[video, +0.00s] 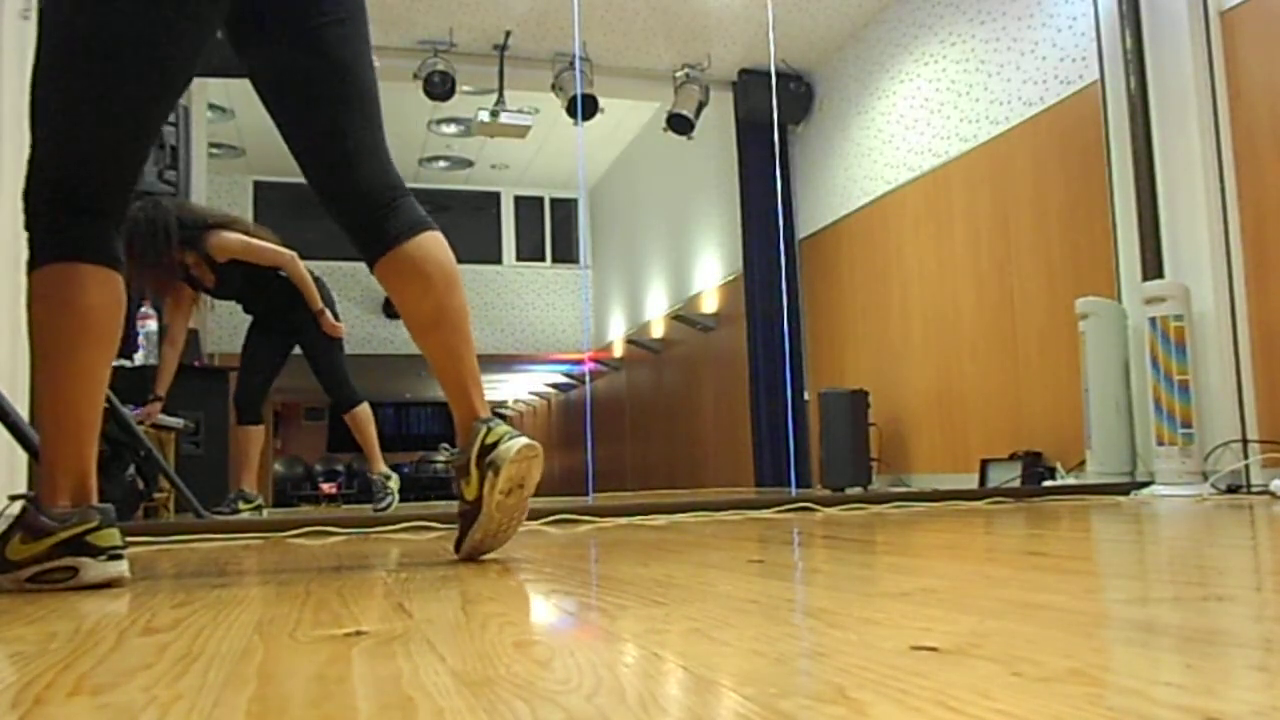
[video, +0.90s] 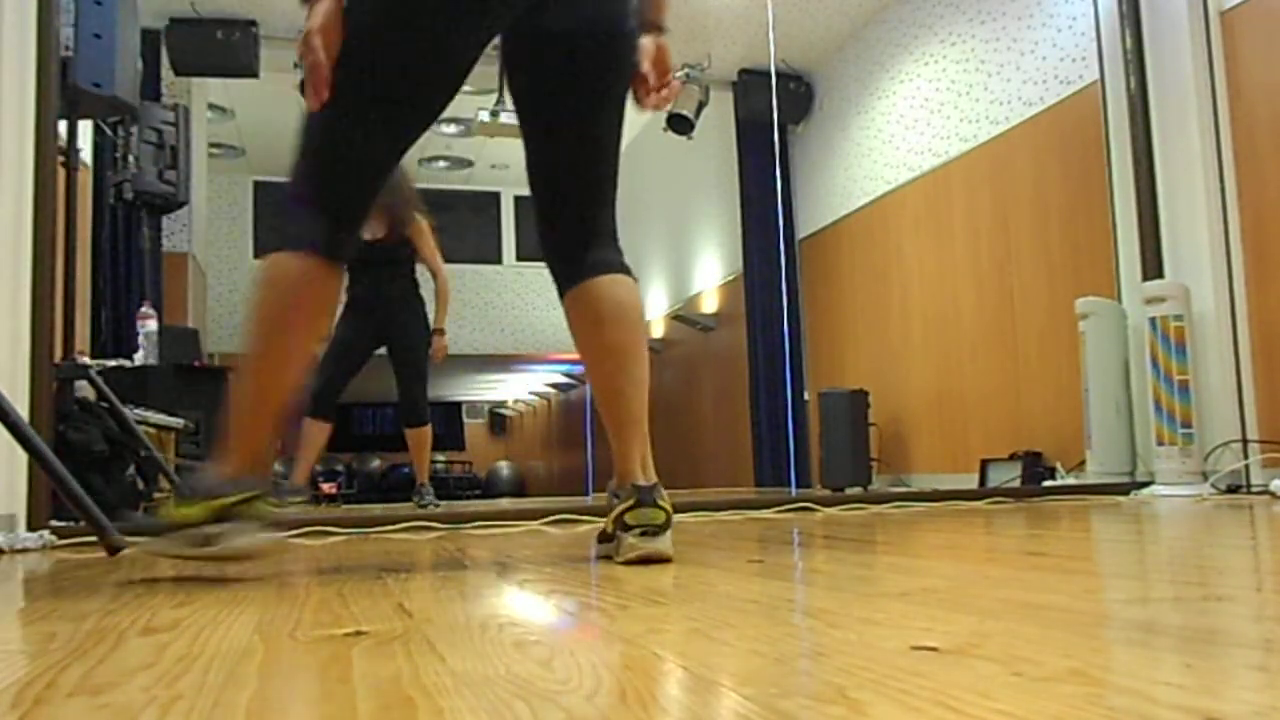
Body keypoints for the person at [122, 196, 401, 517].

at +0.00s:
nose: (150, 260)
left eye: (150, 250)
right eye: (145, 253)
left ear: (164, 238)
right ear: (165, 239)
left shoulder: (218, 244)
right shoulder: (183, 280)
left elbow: (290, 259)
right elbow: (173, 339)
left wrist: (321, 311)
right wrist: (158, 398)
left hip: (305, 305)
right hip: (268, 318)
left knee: (339, 388)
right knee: (247, 398)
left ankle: (380, 473)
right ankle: (248, 495)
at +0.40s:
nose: (188, 248)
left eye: (189, 239)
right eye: (185, 242)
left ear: (207, 229)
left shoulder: (256, 237)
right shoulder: (213, 269)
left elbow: (324, 261)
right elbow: (202, 328)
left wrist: (348, 316)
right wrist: (189, 383)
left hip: (324, 311)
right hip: (287, 321)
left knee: (357, 392)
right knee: (256, 399)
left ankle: (401, 475)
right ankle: (248, 496)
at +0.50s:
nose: (213, 235)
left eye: (216, 226)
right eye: (211, 228)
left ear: (233, 218)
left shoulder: (284, 234)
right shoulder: (238, 259)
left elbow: (347, 266)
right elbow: (231, 316)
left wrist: (364, 321)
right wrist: (221, 374)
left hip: (337, 317)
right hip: (299, 324)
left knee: (367, 401)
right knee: (265, 398)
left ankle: (413, 480)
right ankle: (249, 494)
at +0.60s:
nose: (252, 231)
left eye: (255, 221)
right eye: (249, 224)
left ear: (274, 214)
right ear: (255, 223)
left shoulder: (317, 236)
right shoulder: (266, 257)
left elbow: (372, 272)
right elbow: (261, 310)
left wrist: (385, 329)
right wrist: (257, 364)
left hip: (358, 321)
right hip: (316, 327)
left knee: (380, 403)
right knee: (278, 398)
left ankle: (419, 483)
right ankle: (250, 493)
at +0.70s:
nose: (308, 230)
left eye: (313, 221)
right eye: (302, 223)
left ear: (328, 214)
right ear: (295, 220)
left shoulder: (355, 234)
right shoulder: (298, 250)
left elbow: (401, 280)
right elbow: (294, 305)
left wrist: (407, 334)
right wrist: (291, 359)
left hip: (378, 322)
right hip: (334, 326)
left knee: (396, 405)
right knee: (295, 401)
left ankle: (420, 485)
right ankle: (254, 492)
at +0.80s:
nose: (347, 219)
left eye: (351, 211)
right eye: (342, 212)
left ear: (365, 206)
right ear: (334, 212)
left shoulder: (388, 228)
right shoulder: (328, 238)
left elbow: (426, 277)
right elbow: (319, 294)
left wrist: (430, 332)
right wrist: (316, 345)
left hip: (396, 323)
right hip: (350, 325)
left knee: (412, 404)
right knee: (313, 402)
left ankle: (423, 485)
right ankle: (266, 489)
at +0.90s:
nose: (373, 199)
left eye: (379, 191)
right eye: (369, 192)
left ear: (392, 190)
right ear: (362, 192)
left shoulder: (410, 223)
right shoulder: (351, 225)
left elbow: (440, 275)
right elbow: (336, 285)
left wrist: (439, 327)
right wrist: (324, 334)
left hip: (404, 318)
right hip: (360, 318)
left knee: (413, 399)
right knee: (324, 390)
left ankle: (423, 484)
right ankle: (298, 483)